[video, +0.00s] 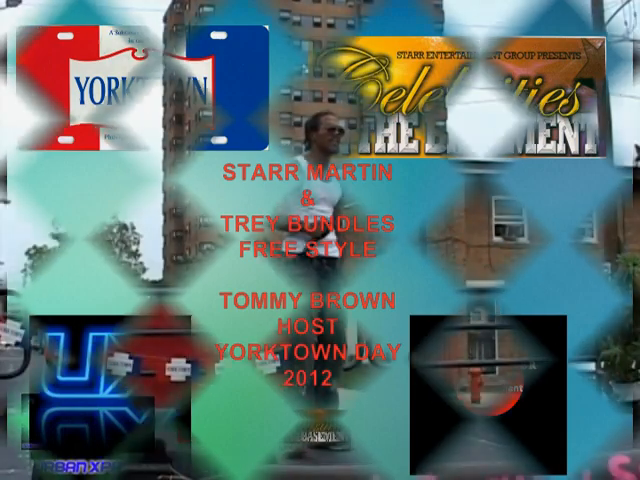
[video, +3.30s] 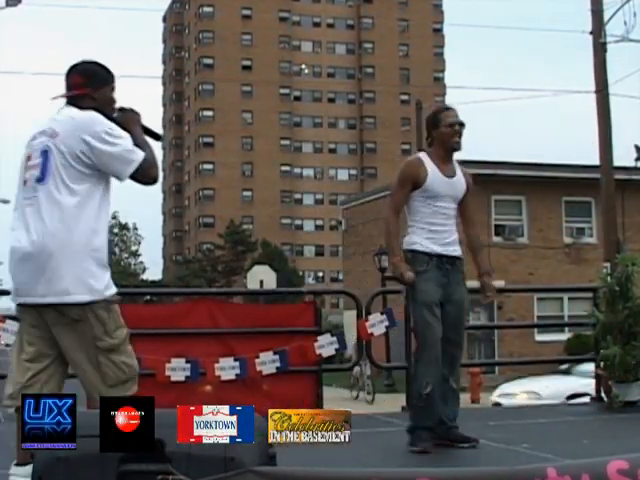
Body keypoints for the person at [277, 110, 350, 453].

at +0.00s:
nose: (337, 136)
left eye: (339, 131)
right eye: (330, 130)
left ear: (341, 138)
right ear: (311, 135)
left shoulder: (339, 178)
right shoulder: (291, 170)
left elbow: (345, 219)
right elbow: (269, 217)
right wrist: (305, 226)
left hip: (328, 258)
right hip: (295, 257)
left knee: (324, 325)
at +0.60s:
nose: (307, 145)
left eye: (309, 141)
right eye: (301, 140)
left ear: (310, 146)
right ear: (281, 145)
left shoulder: (316, 182)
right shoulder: (267, 178)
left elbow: (325, 227)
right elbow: (248, 222)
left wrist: (326, 225)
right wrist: (286, 226)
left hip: (304, 269)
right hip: (270, 268)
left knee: (314, 341)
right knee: (270, 344)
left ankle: (324, 420)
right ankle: (271, 420)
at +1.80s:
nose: (355, 158)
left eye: (354, 153)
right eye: (351, 152)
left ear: (337, 155)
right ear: (337, 154)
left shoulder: (336, 189)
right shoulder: (311, 184)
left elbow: (335, 232)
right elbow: (292, 228)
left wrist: (343, 251)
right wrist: (322, 255)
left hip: (329, 265)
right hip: (312, 265)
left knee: (329, 339)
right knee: (324, 339)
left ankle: (319, 404)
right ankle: (330, 410)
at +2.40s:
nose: (385, 146)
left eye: (384, 141)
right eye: (379, 141)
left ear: (369, 146)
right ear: (361, 145)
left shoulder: (372, 178)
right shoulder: (341, 178)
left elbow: (364, 228)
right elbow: (323, 227)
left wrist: (376, 259)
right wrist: (329, 278)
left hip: (373, 266)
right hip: (350, 266)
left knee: (391, 340)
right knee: (357, 345)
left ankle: (353, 400)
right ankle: (361, 426)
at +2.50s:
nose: (390, 143)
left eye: (390, 138)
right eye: (384, 138)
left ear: (376, 144)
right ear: (366, 142)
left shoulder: (379, 178)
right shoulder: (347, 177)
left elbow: (372, 228)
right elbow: (328, 226)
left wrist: (383, 267)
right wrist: (341, 272)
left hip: (380, 266)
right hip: (356, 266)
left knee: (398, 338)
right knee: (359, 346)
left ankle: (389, 417)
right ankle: (361, 424)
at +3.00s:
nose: (436, 137)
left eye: (438, 132)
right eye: (429, 131)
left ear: (436, 139)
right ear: (411, 137)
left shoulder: (430, 180)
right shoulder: (393, 170)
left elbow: (428, 227)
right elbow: (372, 217)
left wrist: (436, 261)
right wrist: (378, 266)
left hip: (432, 265)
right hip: (403, 265)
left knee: (439, 348)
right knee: (403, 347)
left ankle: (442, 426)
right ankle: (367, 417)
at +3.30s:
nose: (459, 130)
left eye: (460, 125)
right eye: (451, 126)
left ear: (458, 132)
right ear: (433, 133)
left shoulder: (461, 177)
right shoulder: (415, 166)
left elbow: (470, 228)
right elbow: (392, 212)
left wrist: (485, 275)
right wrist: (396, 260)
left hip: (452, 264)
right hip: (422, 261)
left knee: (452, 345)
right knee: (429, 343)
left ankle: (446, 426)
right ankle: (421, 429)